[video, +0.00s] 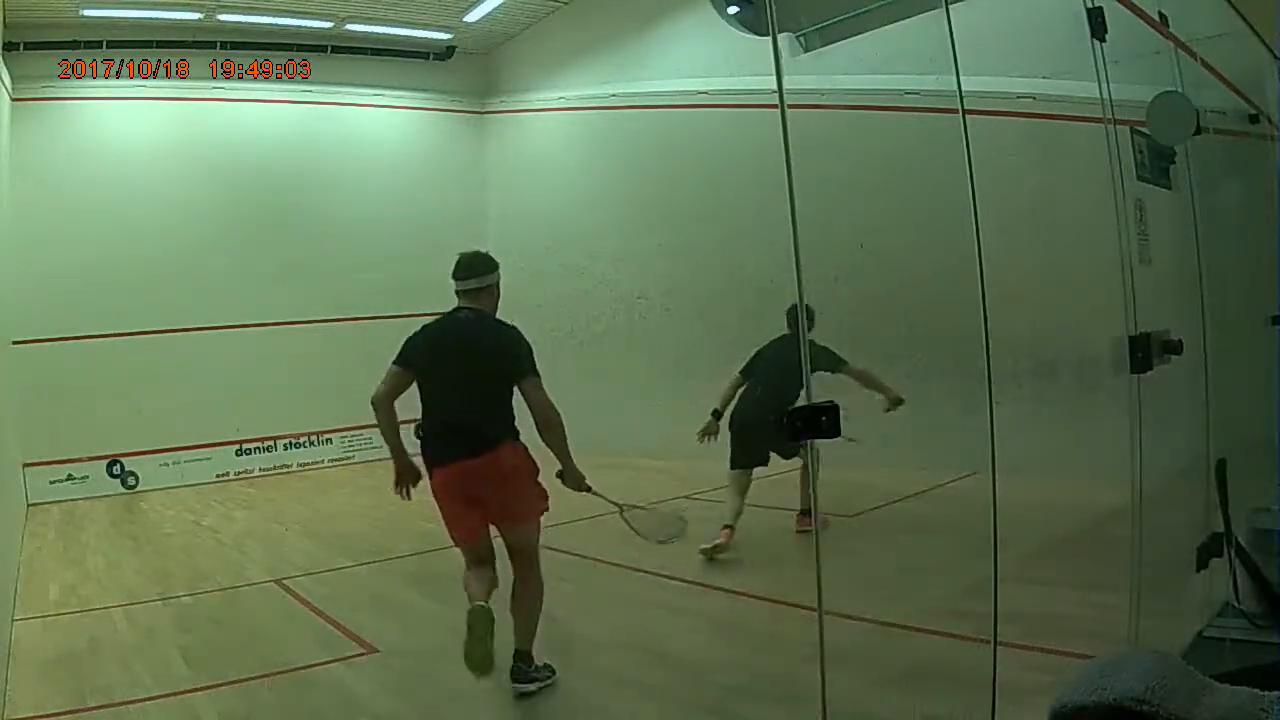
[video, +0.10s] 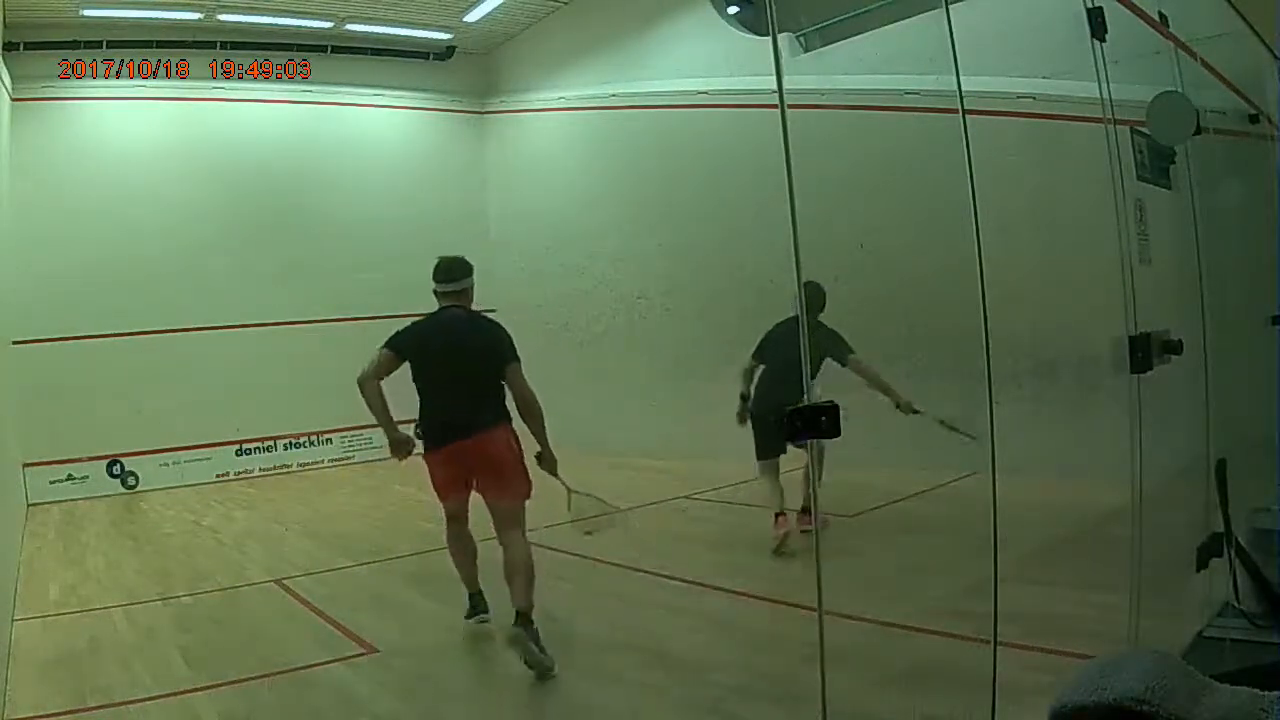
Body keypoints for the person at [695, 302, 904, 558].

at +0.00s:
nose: (807, 326)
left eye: (799, 321)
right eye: (809, 322)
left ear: (788, 323)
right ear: (811, 325)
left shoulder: (770, 348)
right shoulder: (813, 351)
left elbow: (736, 382)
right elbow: (856, 373)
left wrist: (715, 417)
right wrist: (890, 393)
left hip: (741, 421)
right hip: (772, 422)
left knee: (738, 484)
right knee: (811, 452)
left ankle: (726, 531)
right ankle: (806, 515)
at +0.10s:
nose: (815, 311)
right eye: (819, 305)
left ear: (796, 302)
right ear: (822, 306)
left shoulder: (778, 330)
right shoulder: (825, 335)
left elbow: (749, 368)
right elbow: (859, 368)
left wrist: (744, 400)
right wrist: (896, 398)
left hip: (764, 408)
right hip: (797, 408)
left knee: (769, 471)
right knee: (816, 449)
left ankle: (780, 518)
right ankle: (807, 513)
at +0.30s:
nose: (806, 293)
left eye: (807, 288)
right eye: (808, 288)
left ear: (807, 289)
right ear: (834, 292)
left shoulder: (790, 319)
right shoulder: (843, 320)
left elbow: (767, 357)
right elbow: (867, 351)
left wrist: (771, 383)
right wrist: (892, 383)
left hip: (796, 406)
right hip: (832, 402)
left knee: (801, 467)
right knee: (854, 448)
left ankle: (809, 528)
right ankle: (863, 506)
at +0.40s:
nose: (807, 297)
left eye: (810, 292)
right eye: (809, 292)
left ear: (818, 296)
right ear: (836, 300)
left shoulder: (798, 328)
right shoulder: (851, 326)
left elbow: (781, 365)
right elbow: (876, 358)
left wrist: (775, 396)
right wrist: (902, 393)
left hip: (809, 414)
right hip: (845, 409)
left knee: (808, 470)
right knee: (869, 462)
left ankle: (811, 528)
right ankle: (903, 517)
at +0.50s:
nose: (805, 303)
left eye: (809, 299)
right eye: (807, 298)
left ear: (819, 304)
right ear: (835, 306)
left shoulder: (799, 336)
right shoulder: (852, 333)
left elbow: (792, 378)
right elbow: (877, 374)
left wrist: (786, 418)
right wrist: (902, 414)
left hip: (816, 418)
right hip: (852, 413)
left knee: (808, 474)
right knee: (875, 465)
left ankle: (816, 525)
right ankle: (905, 519)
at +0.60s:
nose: (799, 291)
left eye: (799, 285)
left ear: (800, 288)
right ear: (825, 289)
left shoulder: (786, 321)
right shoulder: (839, 319)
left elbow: (786, 360)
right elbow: (860, 364)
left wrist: (788, 394)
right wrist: (877, 403)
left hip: (802, 412)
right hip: (839, 408)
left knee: (794, 470)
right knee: (868, 459)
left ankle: (814, 524)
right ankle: (901, 515)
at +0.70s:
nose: (774, 267)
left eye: (778, 263)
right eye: (776, 262)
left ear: (788, 269)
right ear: (804, 271)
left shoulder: (770, 300)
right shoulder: (821, 303)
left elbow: (776, 333)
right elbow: (837, 348)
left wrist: (782, 373)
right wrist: (850, 388)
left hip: (787, 396)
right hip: (824, 393)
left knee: (784, 458)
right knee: (844, 450)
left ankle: (809, 520)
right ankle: (870, 510)